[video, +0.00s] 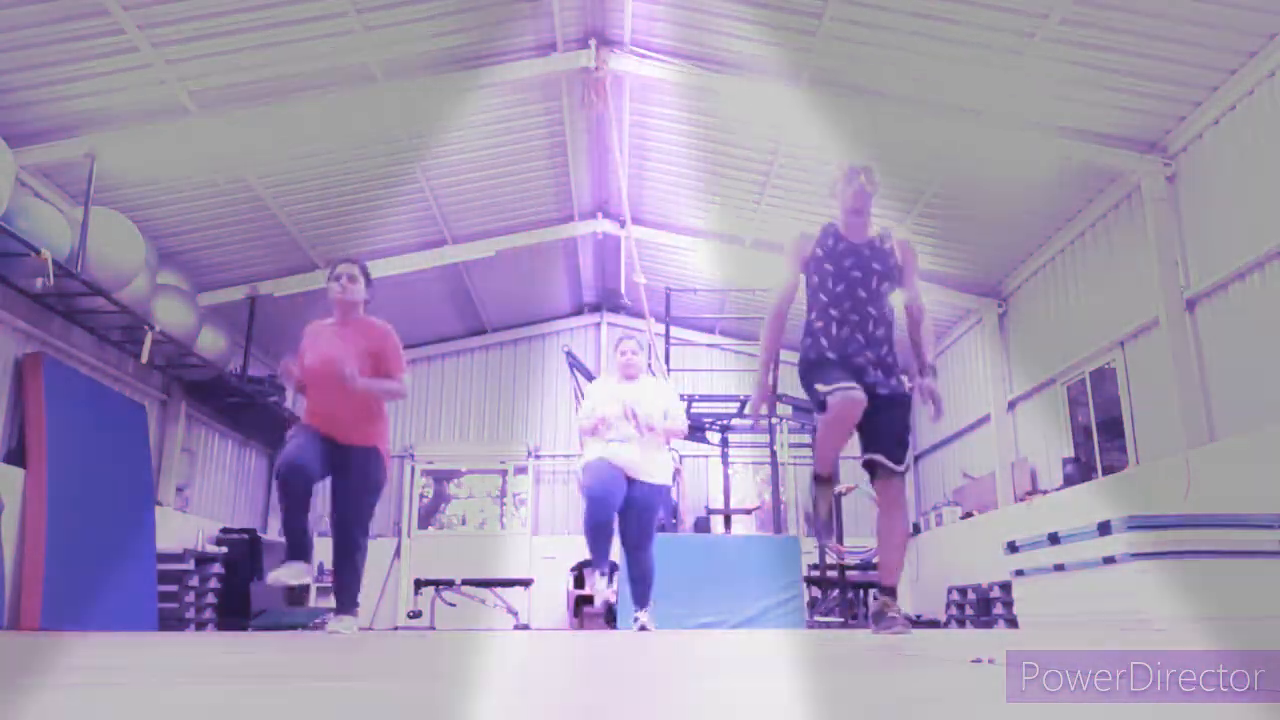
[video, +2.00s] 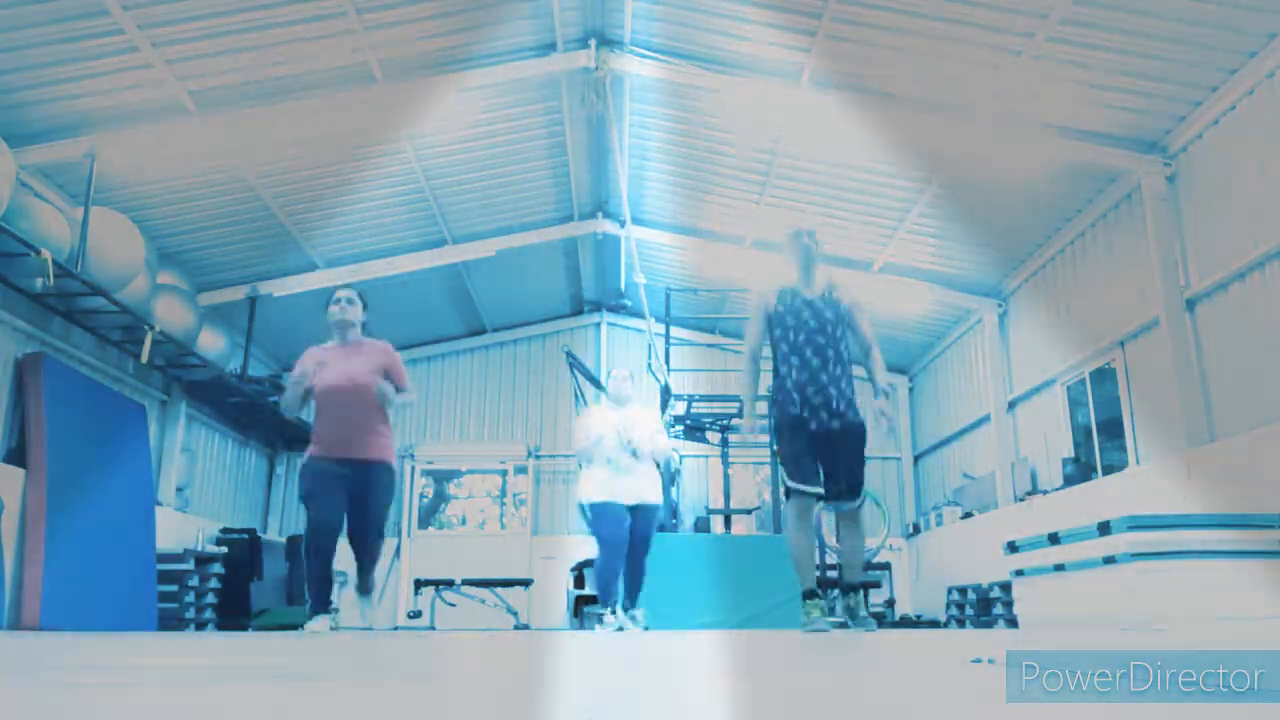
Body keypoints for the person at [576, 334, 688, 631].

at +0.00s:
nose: (629, 357)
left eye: (634, 353)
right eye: (623, 353)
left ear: (645, 358)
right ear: (614, 359)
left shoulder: (662, 389)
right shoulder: (599, 387)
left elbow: (682, 428)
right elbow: (582, 427)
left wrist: (654, 426)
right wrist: (599, 421)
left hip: (648, 467)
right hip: (606, 459)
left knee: (639, 544)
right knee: (601, 495)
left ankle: (642, 609)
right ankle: (600, 568)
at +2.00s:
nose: (621, 384)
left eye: (626, 379)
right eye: (615, 379)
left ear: (632, 385)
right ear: (607, 385)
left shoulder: (647, 415)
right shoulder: (592, 415)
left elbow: (665, 453)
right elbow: (582, 454)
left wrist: (642, 446)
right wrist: (600, 439)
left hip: (644, 491)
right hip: (604, 490)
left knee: (639, 550)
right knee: (613, 544)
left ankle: (632, 607)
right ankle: (608, 609)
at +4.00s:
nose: (604, 361)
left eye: (611, 357)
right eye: (599, 356)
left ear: (619, 364)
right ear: (589, 362)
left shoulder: (633, 392)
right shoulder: (571, 390)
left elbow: (652, 431)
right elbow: (555, 430)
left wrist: (628, 430)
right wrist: (586, 429)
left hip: (625, 459)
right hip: (581, 470)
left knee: (625, 496)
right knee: (593, 542)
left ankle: (619, 570)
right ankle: (597, 608)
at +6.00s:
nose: (642, 325)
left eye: (648, 321)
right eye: (636, 321)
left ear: (657, 331)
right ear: (624, 328)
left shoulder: (672, 363)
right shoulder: (604, 357)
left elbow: (689, 410)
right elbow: (582, 401)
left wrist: (671, 412)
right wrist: (614, 399)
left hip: (655, 447)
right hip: (608, 439)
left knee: (642, 527)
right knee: (599, 483)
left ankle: (637, 604)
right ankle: (594, 543)